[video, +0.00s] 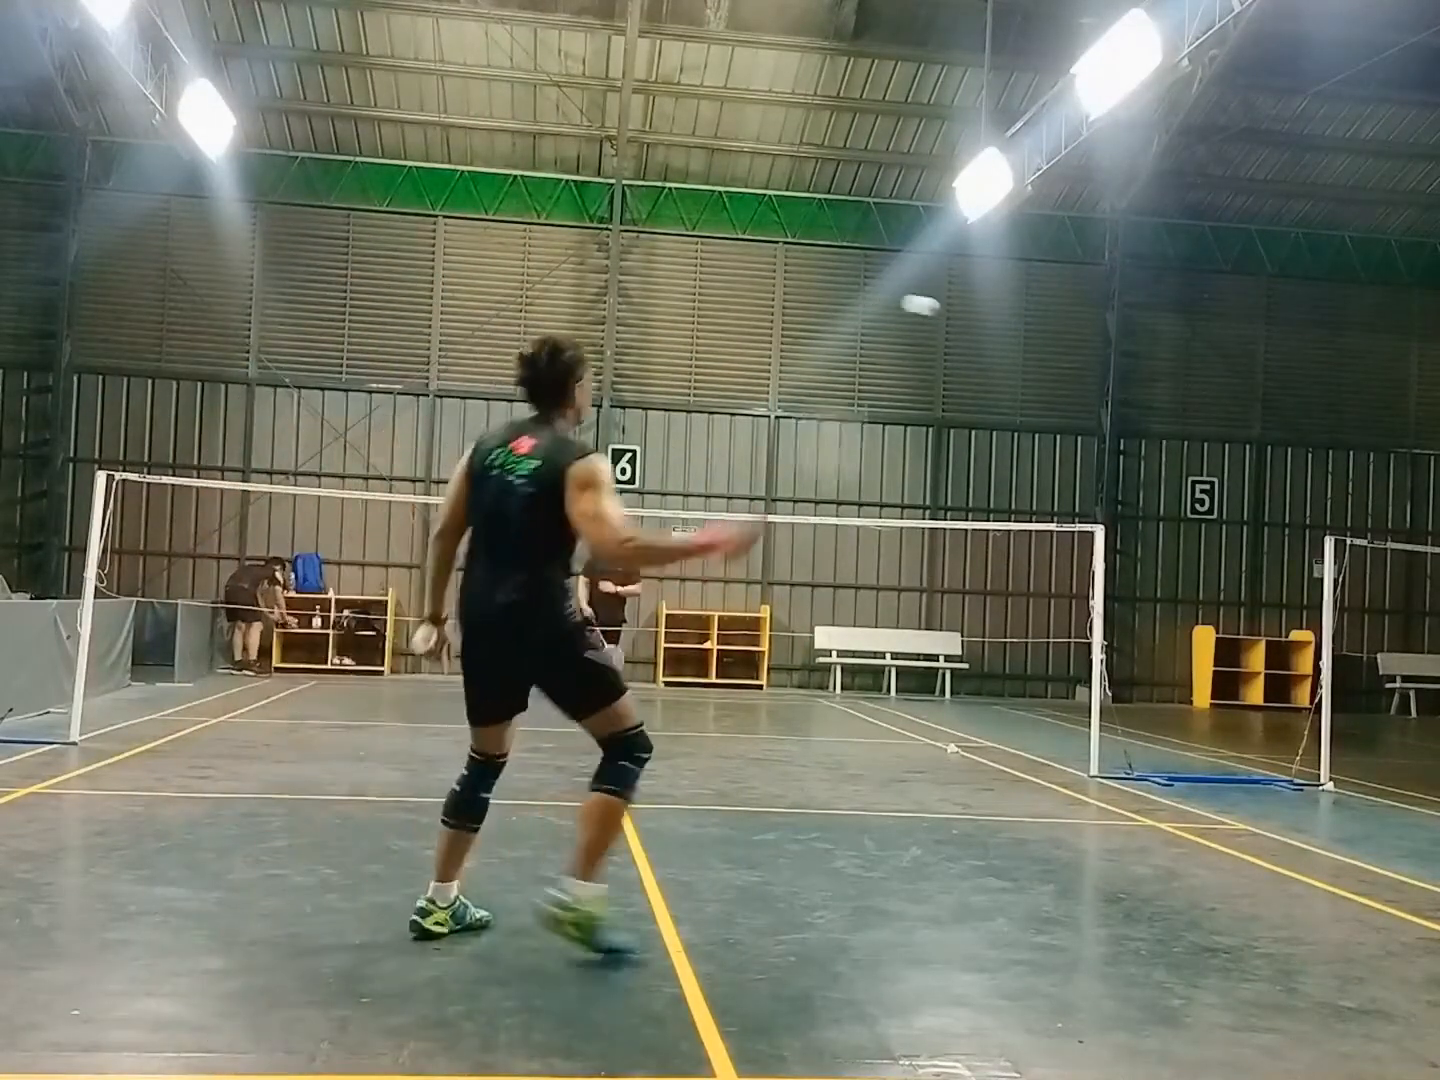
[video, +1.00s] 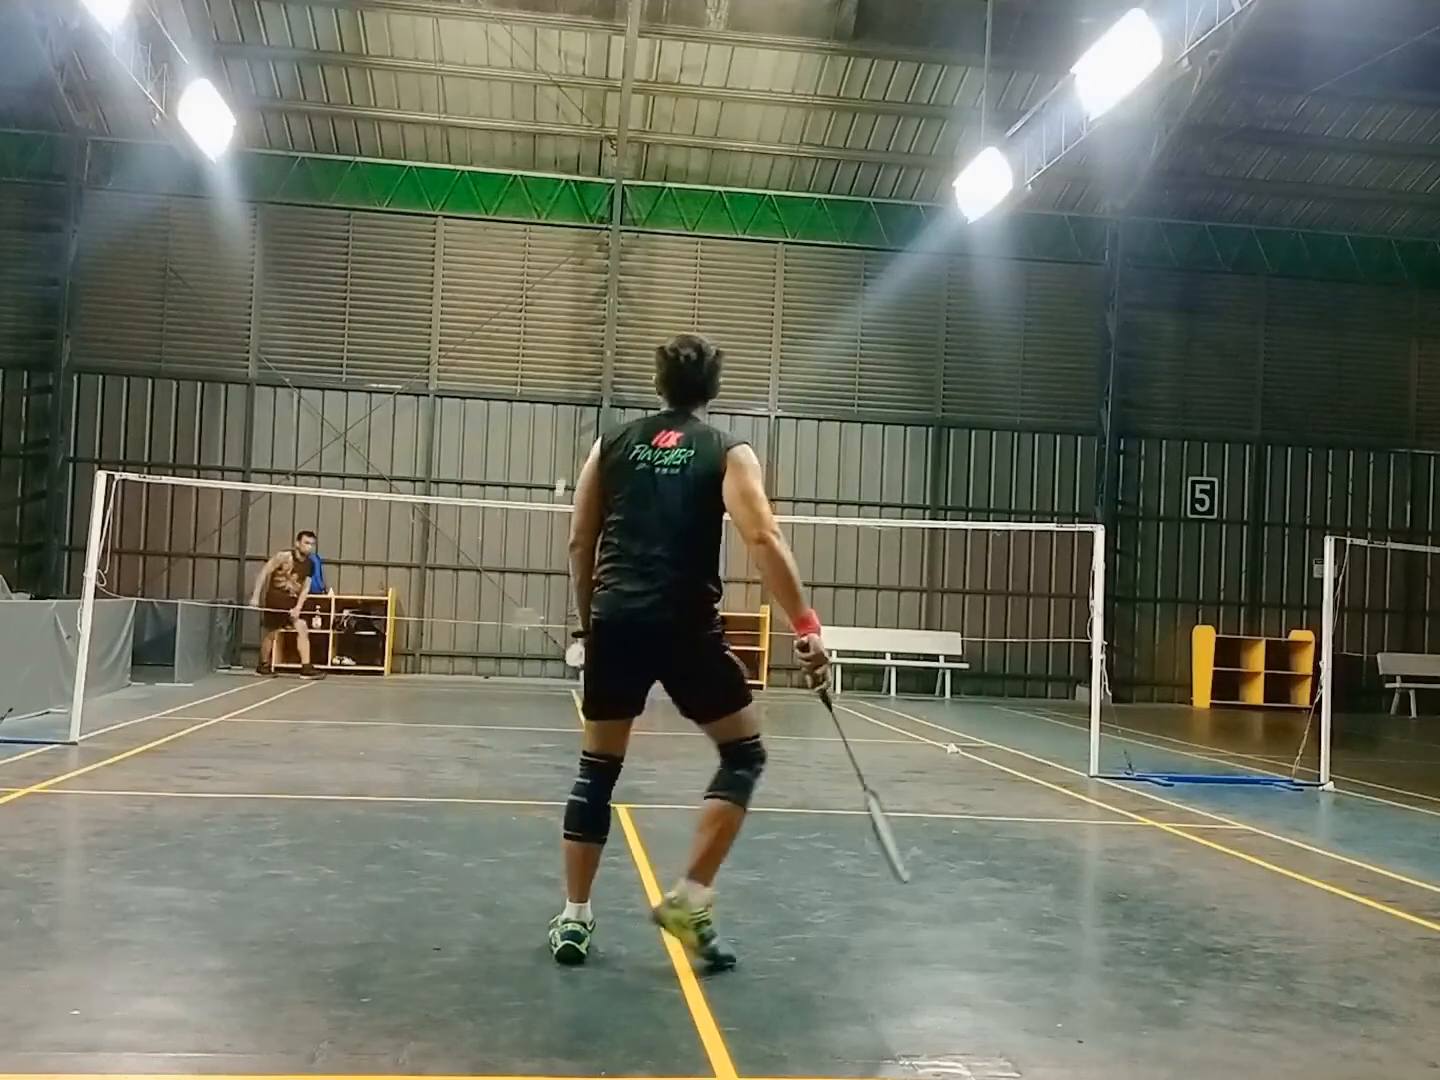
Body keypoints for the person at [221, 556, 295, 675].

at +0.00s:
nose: (281, 573)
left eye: (281, 571)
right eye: (281, 570)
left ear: (267, 564)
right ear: (277, 567)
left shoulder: (253, 570)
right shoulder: (273, 571)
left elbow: (258, 596)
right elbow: (278, 597)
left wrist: (269, 615)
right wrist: (285, 617)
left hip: (230, 590)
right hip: (245, 592)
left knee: (239, 626)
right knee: (256, 625)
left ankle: (237, 660)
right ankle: (252, 661)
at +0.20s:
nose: (289, 568)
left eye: (290, 565)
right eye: (289, 564)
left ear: (276, 559)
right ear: (283, 561)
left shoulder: (262, 564)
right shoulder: (278, 570)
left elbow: (262, 593)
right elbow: (274, 596)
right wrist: (276, 616)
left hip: (235, 590)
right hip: (248, 592)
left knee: (242, 627)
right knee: (259, 626)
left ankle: (239, 661)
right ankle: (260, 662)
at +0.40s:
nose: (297, 563)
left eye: (299, 560)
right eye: (297, 559)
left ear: (287, 555)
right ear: (290, 554)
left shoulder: (272, 562)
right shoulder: (279, 564)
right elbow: (270, 587)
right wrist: (273, 610)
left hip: (244, 591)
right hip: (254, 594)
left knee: (253, 627)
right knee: (263, 626)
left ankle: (243, 657)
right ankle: (262, 663)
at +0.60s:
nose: (300, 552)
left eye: (301, 549)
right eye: (298, 548)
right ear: (288, 547)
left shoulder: (286, 565)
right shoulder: (275, 558)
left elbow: (283, 589)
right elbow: (263, 577)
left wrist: (282, 609)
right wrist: (271, 600)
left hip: (269, 590)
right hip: (257, 590)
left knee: (273, 625)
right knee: (266, 625)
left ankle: (262, 660)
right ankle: (261, 662)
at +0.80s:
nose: (300, 547)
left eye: (302, 544)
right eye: (298, 543)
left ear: (303, 546)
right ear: (288, 543)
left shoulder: (297, 564)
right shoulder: (274, 556)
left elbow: (295, 586)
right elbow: (259, 574)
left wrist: (291, 607)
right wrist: (258, 597)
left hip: (283, 600)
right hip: (267, 598)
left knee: (292, 627)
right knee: (266, 631)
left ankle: (288, 662)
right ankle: (262, 663)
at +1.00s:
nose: (309, 547)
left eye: (312, 544)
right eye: (306, 543)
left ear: (313, 546)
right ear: (298, 543)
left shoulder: (308, 564)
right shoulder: (283, 557)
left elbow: (305, 589)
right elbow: (263, 574)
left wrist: (297, 608)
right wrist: (255, 597)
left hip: (292, 602)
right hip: (274, 600)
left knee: (302, 627)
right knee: (271, 633)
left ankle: (306, 665)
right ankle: (264, 664)